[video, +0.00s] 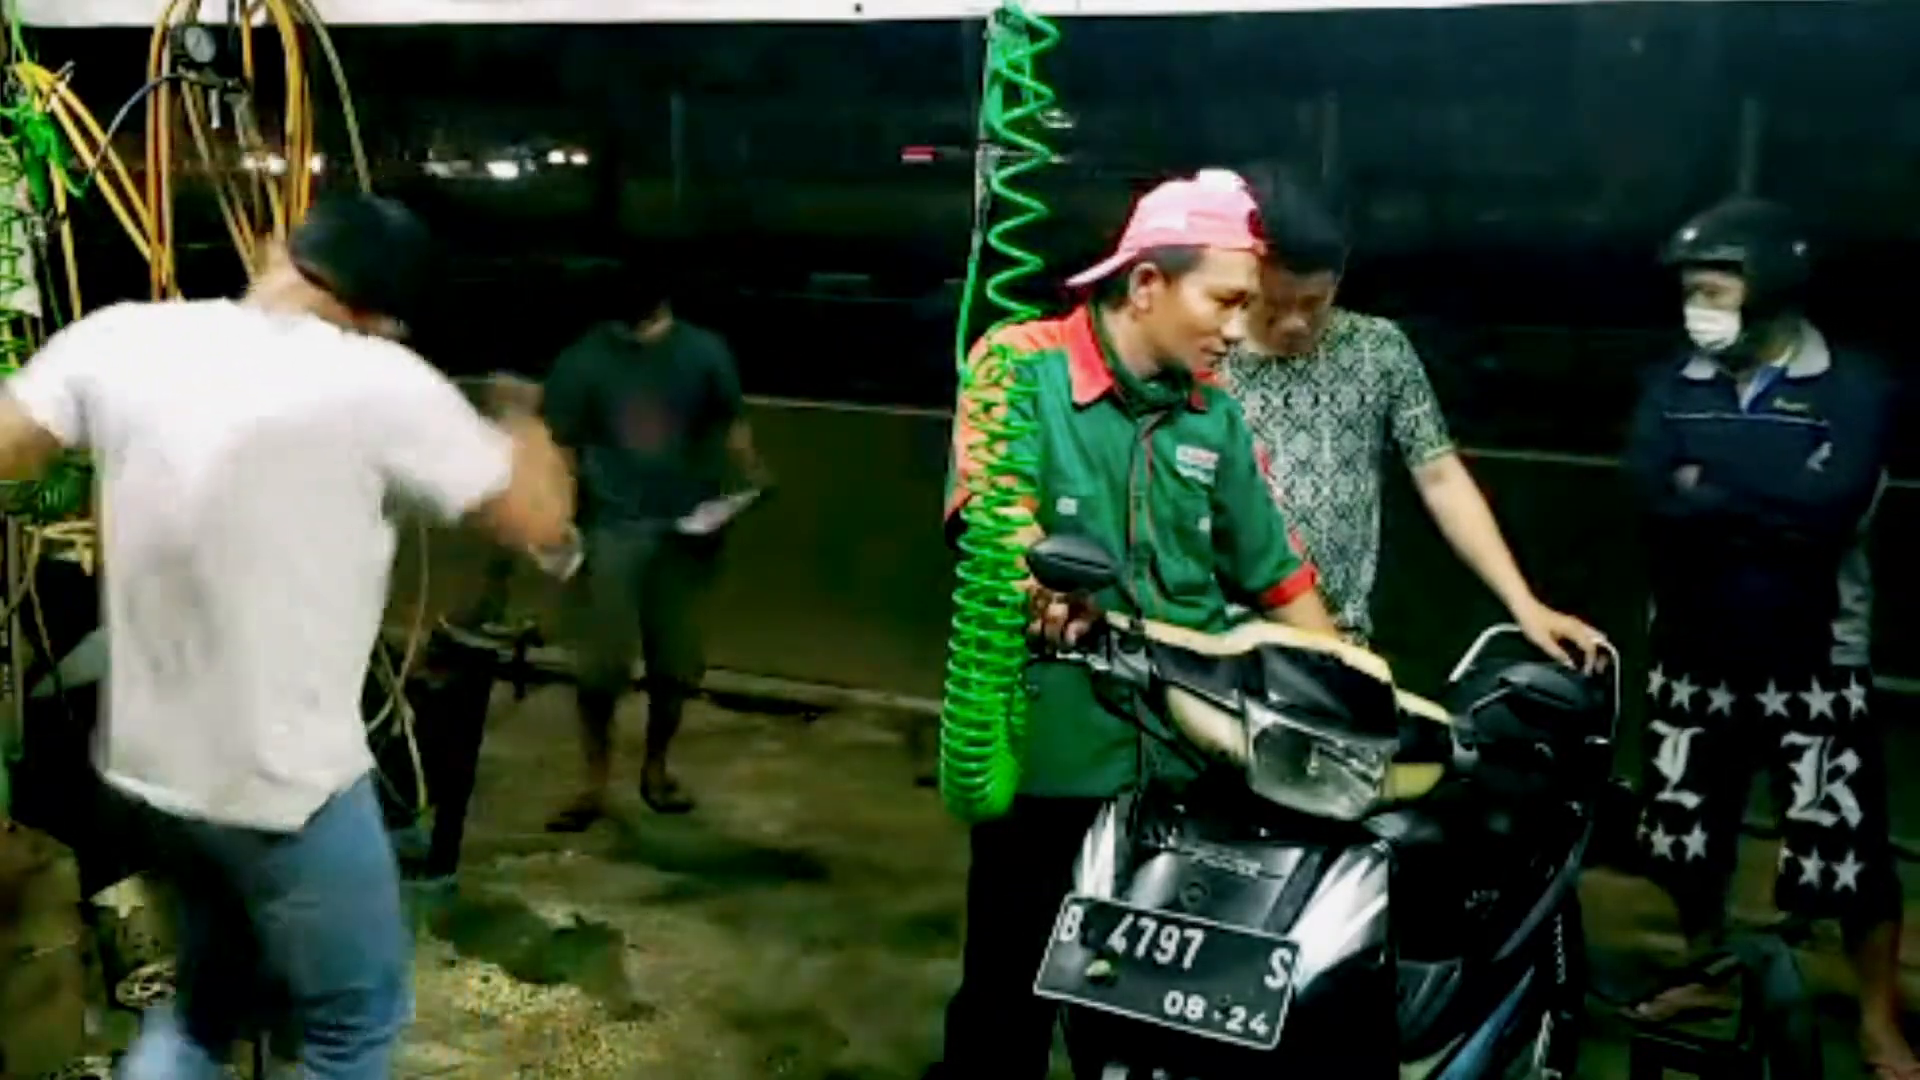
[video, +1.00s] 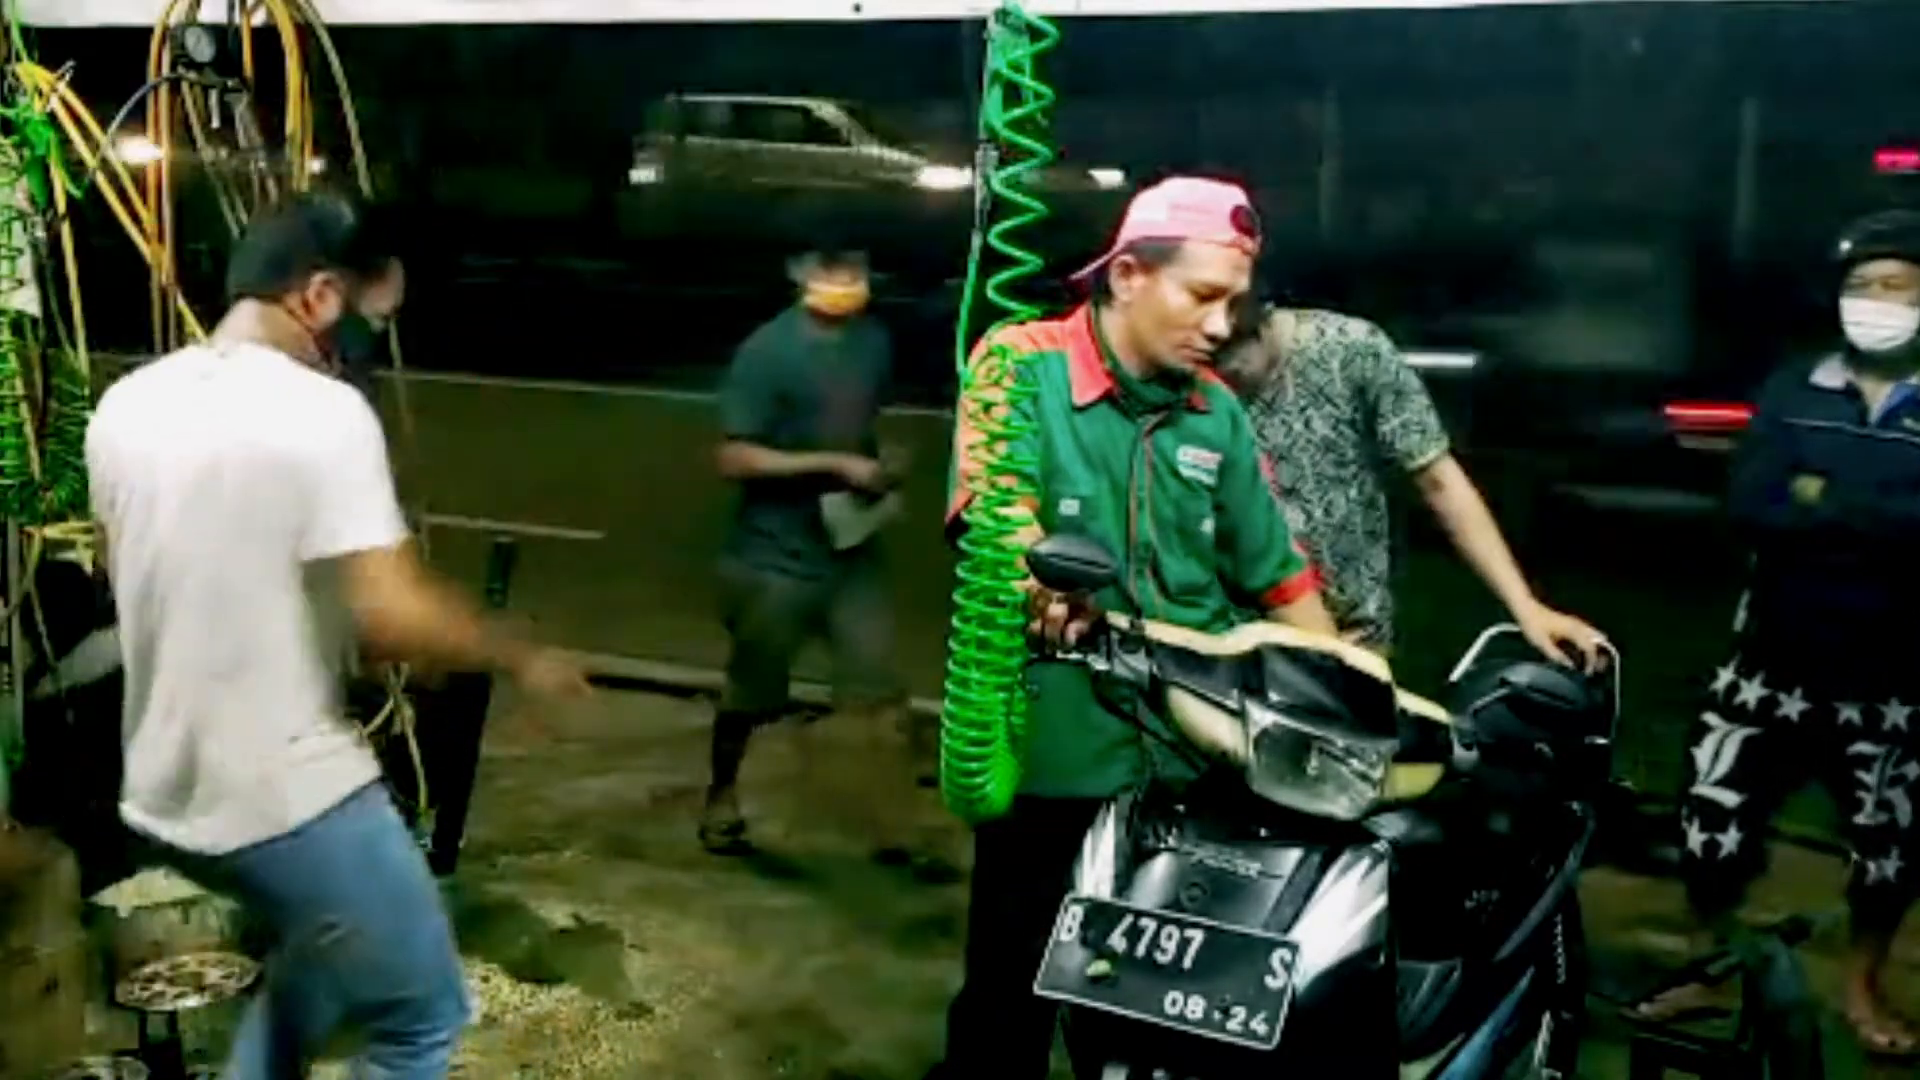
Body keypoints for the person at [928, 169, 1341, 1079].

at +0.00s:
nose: (1236, 329)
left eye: (1245, 308)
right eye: (1225, 302)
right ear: (1148, 285)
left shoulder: (1213, 415)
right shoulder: (1019, 367)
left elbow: (1282, 581)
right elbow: (990, 512)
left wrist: (1354, 689)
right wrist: (1044, 597)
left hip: (1183, 760)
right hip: (1048, 759)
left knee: (1152, 1017)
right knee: (1005, 1016)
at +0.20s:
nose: (1233, 329)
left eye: (1243, 308)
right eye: (1221, 302)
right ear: (1147, 283)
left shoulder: (1214, 417)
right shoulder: (1018, 365)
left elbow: (1284, 579)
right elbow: (987, 506)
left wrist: (1343, 697)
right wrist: (1044, 592)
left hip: (1185, 760)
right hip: (1046, 758)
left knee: (1157, 1015)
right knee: (1005, 1015)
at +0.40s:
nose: (1233, 329)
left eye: (1243, 309)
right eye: (1221, 302)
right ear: (1147, 283)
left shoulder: (1215, 417)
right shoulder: (1018, 366)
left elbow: (1282, 578)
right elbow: (988, 507)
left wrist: (1338, 697)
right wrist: (1043, 593)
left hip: (1185, 759)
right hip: (1047, 757)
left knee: (1160, 1013)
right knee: (1006, 1012)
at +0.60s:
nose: (1231, 328)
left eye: (1241, 308)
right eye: (1218, 300)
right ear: (1143, 280)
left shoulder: (1216, 419)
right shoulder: (1019, 365)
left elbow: (1283, 583)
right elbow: (992, 508)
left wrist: (1345, 697)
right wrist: (1044, 595)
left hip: (1186, 760)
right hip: (1047, 756)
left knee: (1158, 1015)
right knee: (1005, 1013)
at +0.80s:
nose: (1224, 323)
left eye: (1236, 303)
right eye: (1209, 295)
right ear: (1132, 276)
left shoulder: (1218, 418)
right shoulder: (1018, 366)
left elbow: (1283, 582)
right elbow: (993, 510)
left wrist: (1347, 694)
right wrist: (1045, 595)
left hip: (1185, 760)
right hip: (1047, 756)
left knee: (1155, 1013)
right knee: (1006, 1011)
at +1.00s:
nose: (1220, 325)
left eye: (1234, 304)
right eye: (1204, 296)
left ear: (1245, 303)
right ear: (1127, 276)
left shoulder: (1218, 416)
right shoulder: (1018, 367)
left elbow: (1286, 587)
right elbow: (994, 510)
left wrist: (1343, 702)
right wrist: (1045, 594)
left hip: (1189, 762)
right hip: (1048, 760)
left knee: (1162, 1017)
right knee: (1006, 1016)